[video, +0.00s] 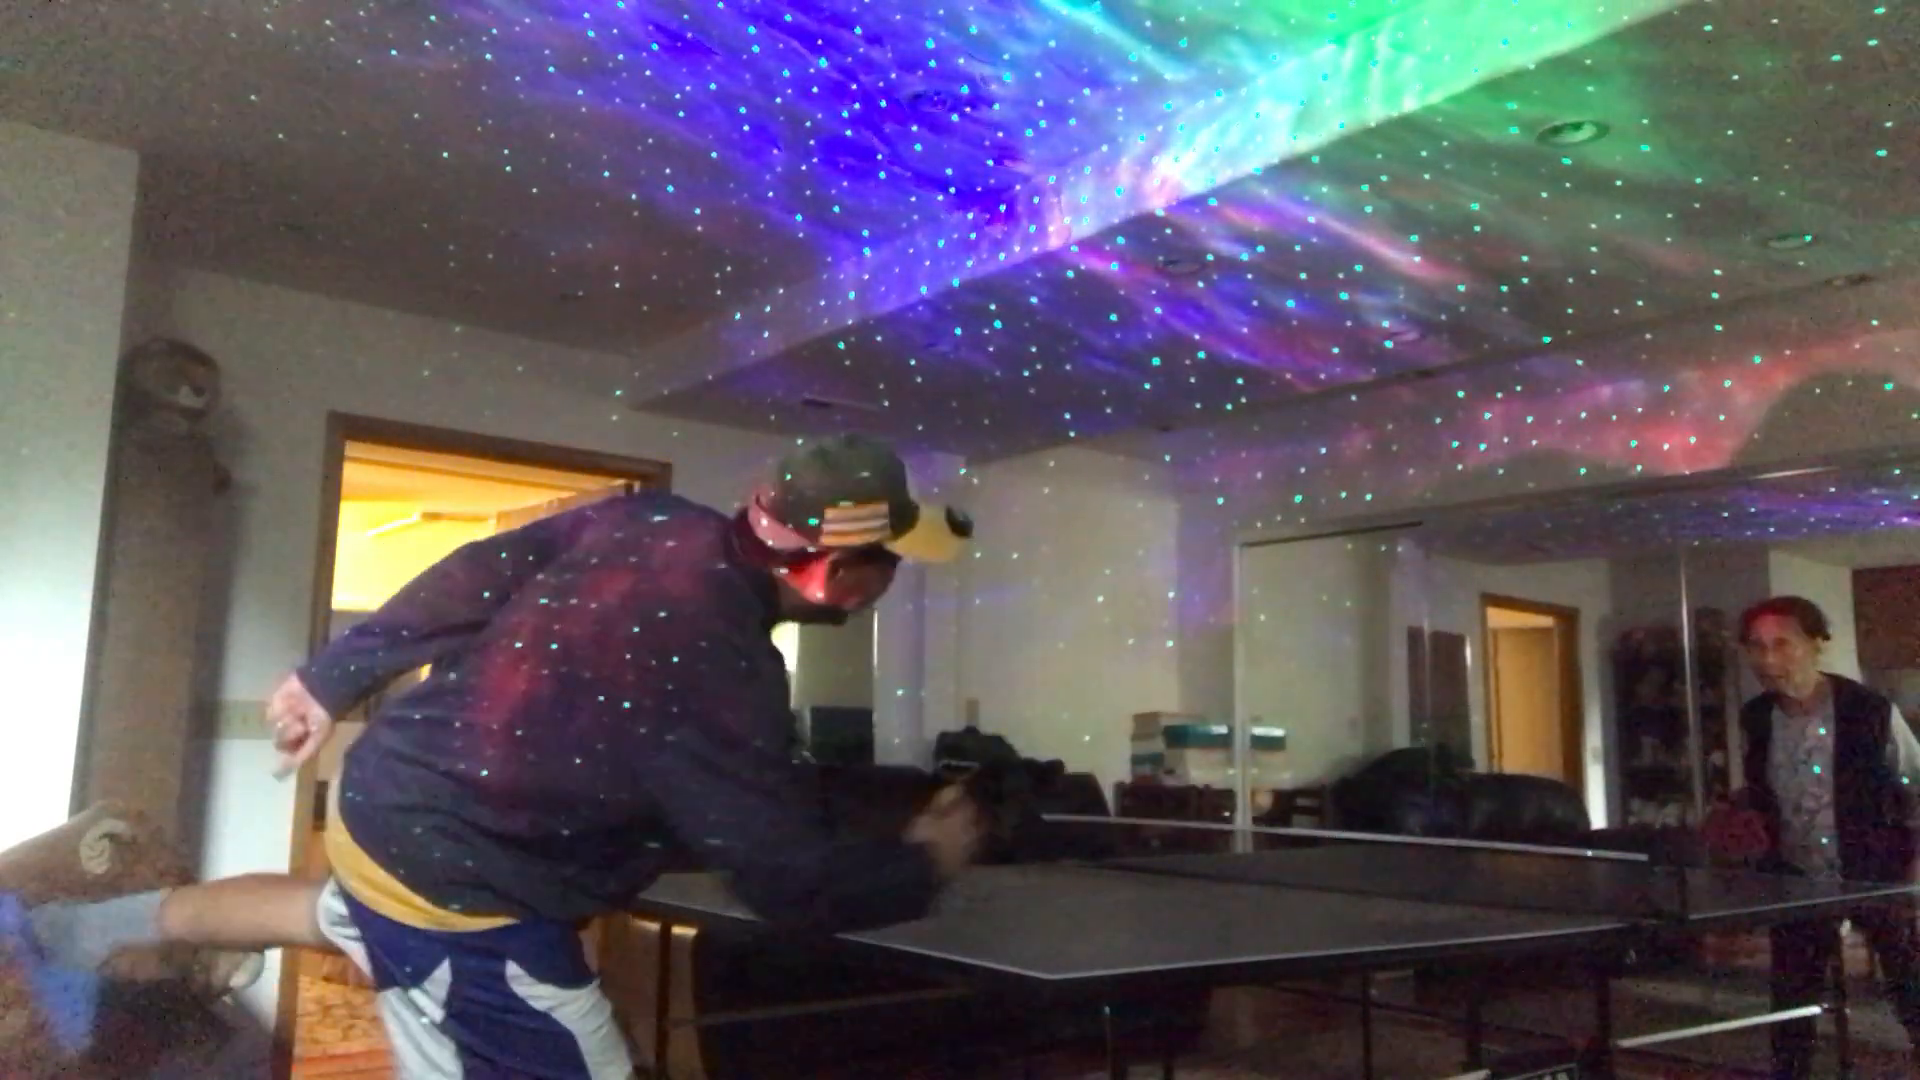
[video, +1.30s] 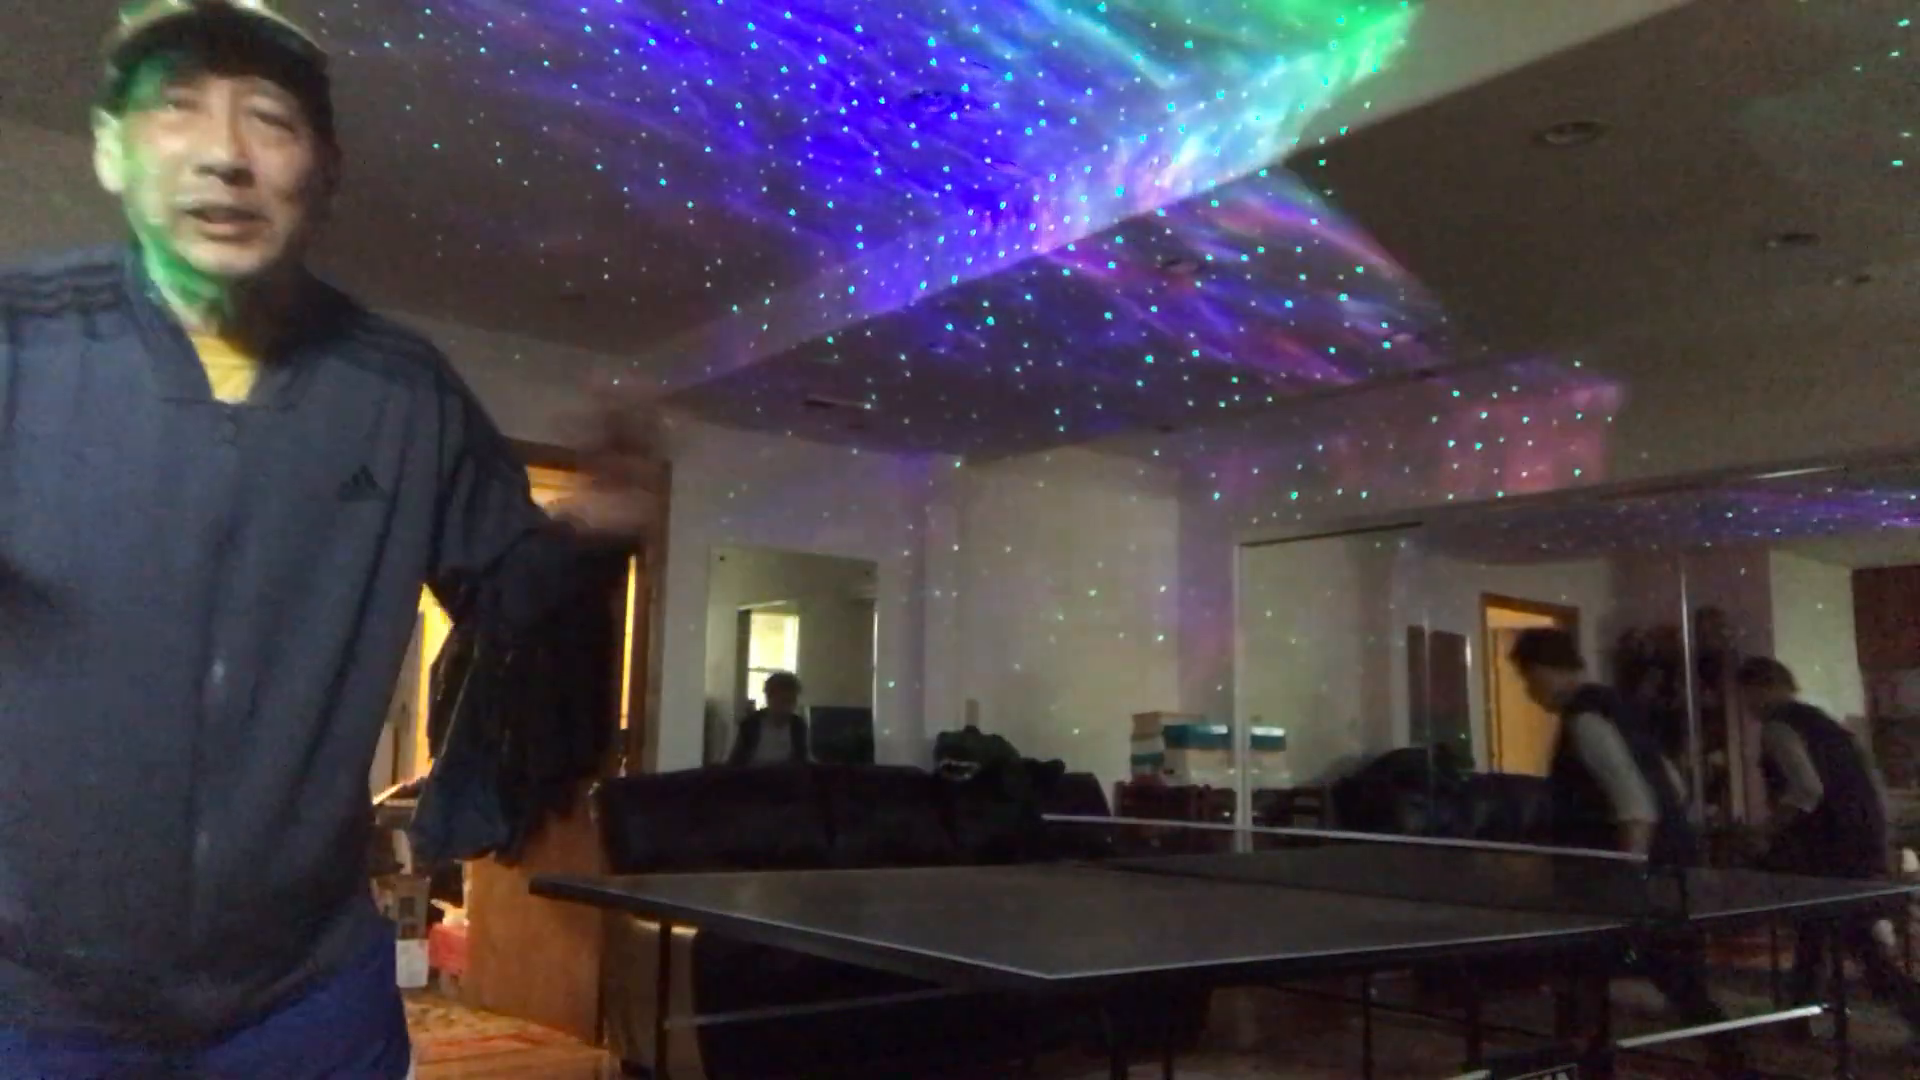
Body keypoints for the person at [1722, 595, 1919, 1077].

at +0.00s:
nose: (1769, 658)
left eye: (1782, 644)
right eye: (1758, 647)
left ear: (1815, 644)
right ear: (1749, 655)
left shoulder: (1867, 708)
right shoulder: (1756, 716)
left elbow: (1899, 795)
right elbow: (1759, 795)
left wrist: (1891, 866)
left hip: (1869, 876)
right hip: (1795, 880)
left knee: (1907, 983)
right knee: (1791, 991)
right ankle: (1790, 1070)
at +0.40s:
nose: (1751, 656)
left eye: (1764, 642)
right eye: (1746, 645)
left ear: (1808, 642)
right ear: (1743, 651)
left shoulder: (1863, 708)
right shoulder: (1751, 711)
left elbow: (1912, 795)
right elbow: (1748, 792)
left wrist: (1909, 887)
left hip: (1864, 876)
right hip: (1786, 878)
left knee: (1903, 986)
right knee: (1780, 993)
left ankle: (1919, 1056)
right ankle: (1784, 1072)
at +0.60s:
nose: (1719, 668)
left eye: (1726, 653)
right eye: (1716, 656)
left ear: (1768, 649)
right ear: (1754, 657)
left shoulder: (1839, 713)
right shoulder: (1743, 719)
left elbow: (1907, 799)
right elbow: (1745, 800)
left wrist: (1897, 889)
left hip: (1859, 872)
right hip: (1784, 876)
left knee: (1900, 982)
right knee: (1761, 985)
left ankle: (1918, 1059)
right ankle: (1779, 1072)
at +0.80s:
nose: (1660, 684)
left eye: (1667, 669)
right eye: (1657, 672)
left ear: (1703, 661)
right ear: (1692, 669)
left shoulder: (1775, 718)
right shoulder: (1703, 724)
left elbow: (1846, 806)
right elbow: (1724, 806)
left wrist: (1845, 895)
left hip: (1818, 872)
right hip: (1762, 874)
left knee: (1865, 988)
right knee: (1725, 969)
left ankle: (1911, 1060)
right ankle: (1754, 1069)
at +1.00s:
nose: (1605, 678)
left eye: (1607, 665)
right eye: (1603, 668)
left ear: (1628, 657)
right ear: (1633, 657)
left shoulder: (1692, 710)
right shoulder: (1646, 716)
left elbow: (1762, 795)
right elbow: (1657, 801)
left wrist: (1769, 890)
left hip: (1726, 875)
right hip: (1688, 873)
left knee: (1732, 985)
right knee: (1717, 983)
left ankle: (1755, 1067)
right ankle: (1745, 1066)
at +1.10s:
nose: (1584, 684)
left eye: (1584, 670)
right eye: (1581, 672)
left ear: (1604, 660)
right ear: (1612, 658)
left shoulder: (1661, 711)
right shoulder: (1629, 712)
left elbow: (1722, 792)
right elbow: (1650, 802)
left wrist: (1724, 874)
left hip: (1685, 871)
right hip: (1653, 869)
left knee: (1702, 980)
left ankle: (1743, 1059)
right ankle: (1732, 1056)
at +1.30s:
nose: (1527, 689)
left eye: (1528, 677)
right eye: (1524, 678)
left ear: (1546, 671)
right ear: (1570, 664)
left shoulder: (1585, 717)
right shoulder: (1609, 705)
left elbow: (1637, 813)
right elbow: (1672, 785)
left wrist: (1625, 887)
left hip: (1601, 880)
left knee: (1582, 976)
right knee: (1680, 981)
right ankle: (1734, 1063)